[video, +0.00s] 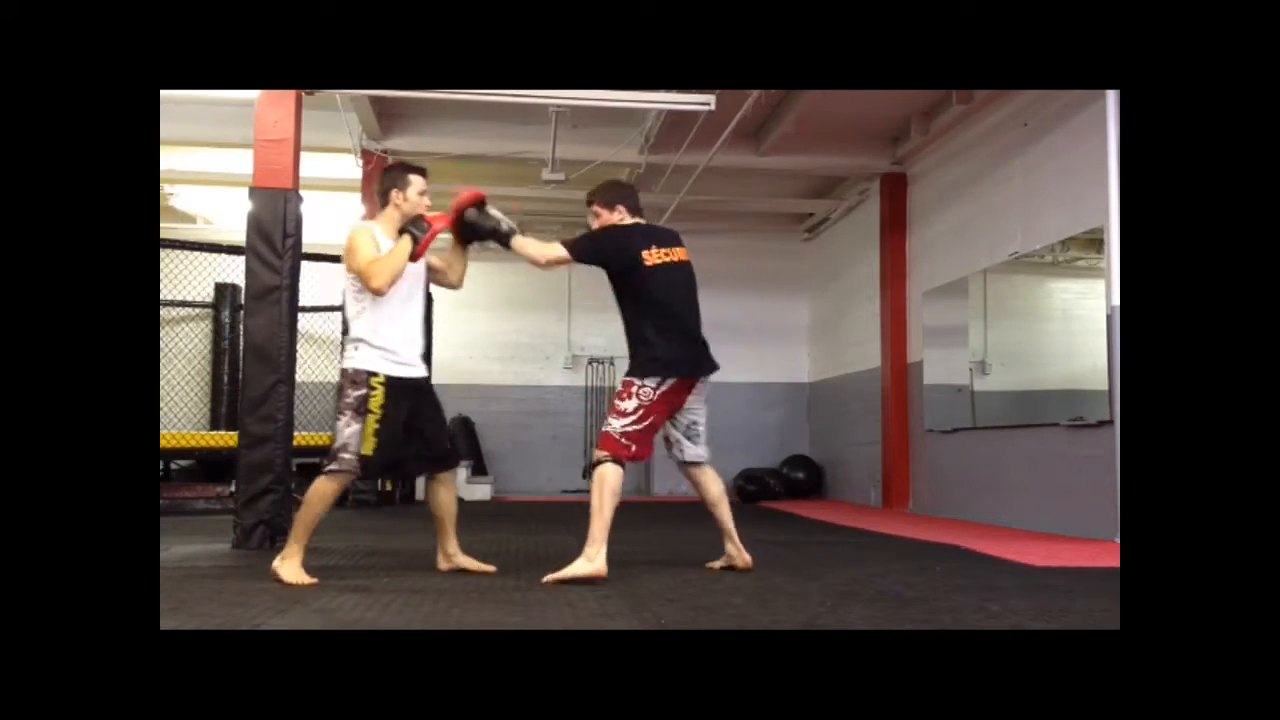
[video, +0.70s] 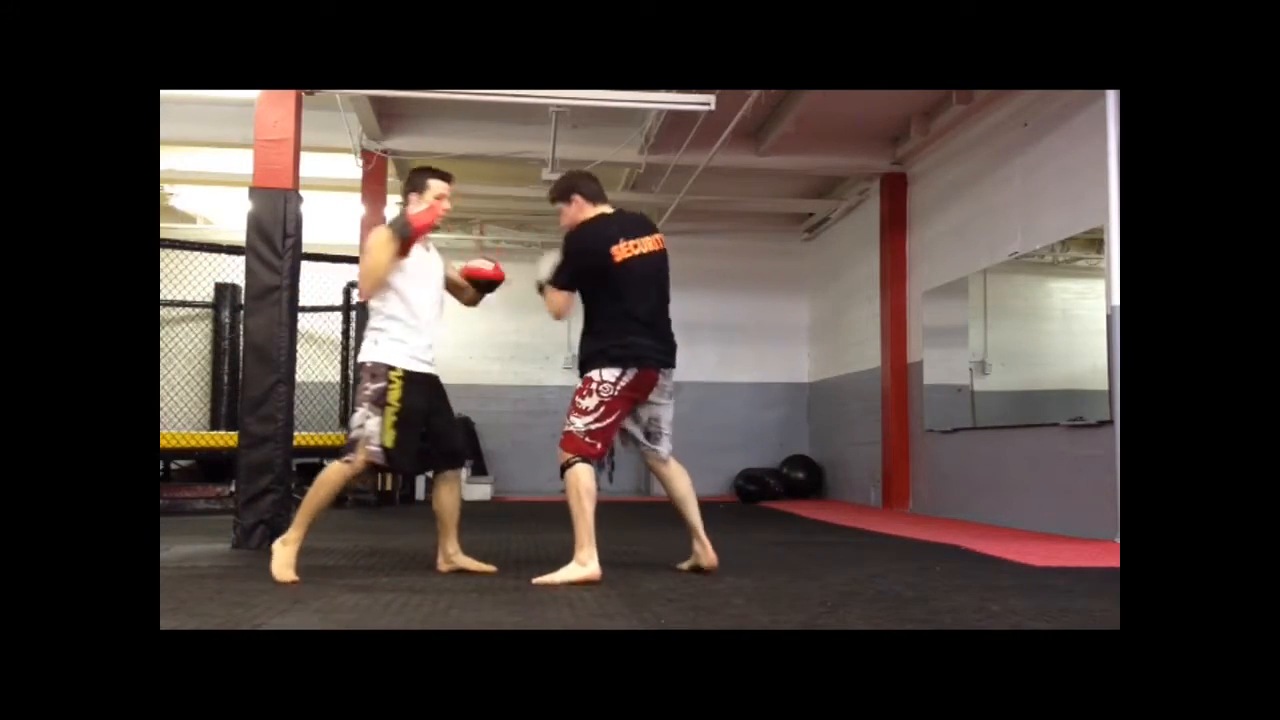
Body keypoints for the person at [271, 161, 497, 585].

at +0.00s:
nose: (427, 202)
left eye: (428, 194)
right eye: (421, 194)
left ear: (404, 198)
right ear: (395, 196)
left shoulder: (409, 246)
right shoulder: (362, 235)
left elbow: (453, 277)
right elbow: (377, 281)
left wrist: (461, 230)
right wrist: (414, 237)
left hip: (411, 373)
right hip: (369, 370)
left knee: (443, 462)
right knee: (344, 466)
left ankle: (449, 552)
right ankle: (290, 556)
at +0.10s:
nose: (443, 204)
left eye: (442, 197)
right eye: (436, 196)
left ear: (419, 200)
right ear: (412, 198)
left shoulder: (421, 246)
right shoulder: (384, 237)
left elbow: (445, 290)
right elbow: (406, 280)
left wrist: (469, 265)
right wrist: (436, 236)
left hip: (418, 370)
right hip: (386, 367)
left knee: (449, 459)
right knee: (375, 462)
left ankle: (450, 551)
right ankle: (298, 545)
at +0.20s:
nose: (459, 209)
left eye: (458, 201)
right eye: (452, 200)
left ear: (426, 204)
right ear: (428, 202)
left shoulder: (414, 240)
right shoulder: (422, 233)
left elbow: (428, 300)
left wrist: (465, 277)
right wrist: (482, 223)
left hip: (415, 365)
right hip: (403, 364)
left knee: (442, 460)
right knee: (386, 460)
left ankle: (449, 551)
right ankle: (303, 540)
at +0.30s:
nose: (466, 222)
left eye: (468, 215)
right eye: (462, 213)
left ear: (430, 212)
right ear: (439, 208)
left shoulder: (398, 249)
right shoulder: (438, 232)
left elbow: (406, 297)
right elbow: (502, 233)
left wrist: (449, 291)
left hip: (411, 369)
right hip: (407, 370)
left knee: (447, 462)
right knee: (389, 463)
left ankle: (449, 552)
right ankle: (305, 542)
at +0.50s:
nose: (470, 222)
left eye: (472, 216)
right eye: (465, 213)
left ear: (451, 214)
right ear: (441, 207)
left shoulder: (428, 247)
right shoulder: (433, 231)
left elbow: (432, 316)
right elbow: (473, 252)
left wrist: (468, 295)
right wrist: (497, 221)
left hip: (423, 367)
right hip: (406, 365)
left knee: (452, 458)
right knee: (388, 459)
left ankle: (450, 552)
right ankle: (308, 543)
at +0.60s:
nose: (464, 209)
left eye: (464, 202)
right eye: (458, 201)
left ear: (443, 204)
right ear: (433, 202)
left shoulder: (440, 259)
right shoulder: (409, 237)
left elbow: (469, 306)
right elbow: (419, 272)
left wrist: (488, 275)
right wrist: (440, 232)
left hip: (424, 369)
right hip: (396, 362)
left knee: (451, 456)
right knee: (375, 455)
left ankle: (450, 551)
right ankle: (301, 540)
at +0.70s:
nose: (445, 208)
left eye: (448, 201)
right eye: (439, 199)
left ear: (445, 205)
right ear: (412, 198)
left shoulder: (432, 254)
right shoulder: (384, 237)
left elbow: (468, 296)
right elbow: (366, 288)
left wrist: (485, 281)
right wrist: (401, 236)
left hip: (423, 370)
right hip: (385, 364)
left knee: (450, 459)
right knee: (358, 458)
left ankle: (449, 552)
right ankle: (289, 542)